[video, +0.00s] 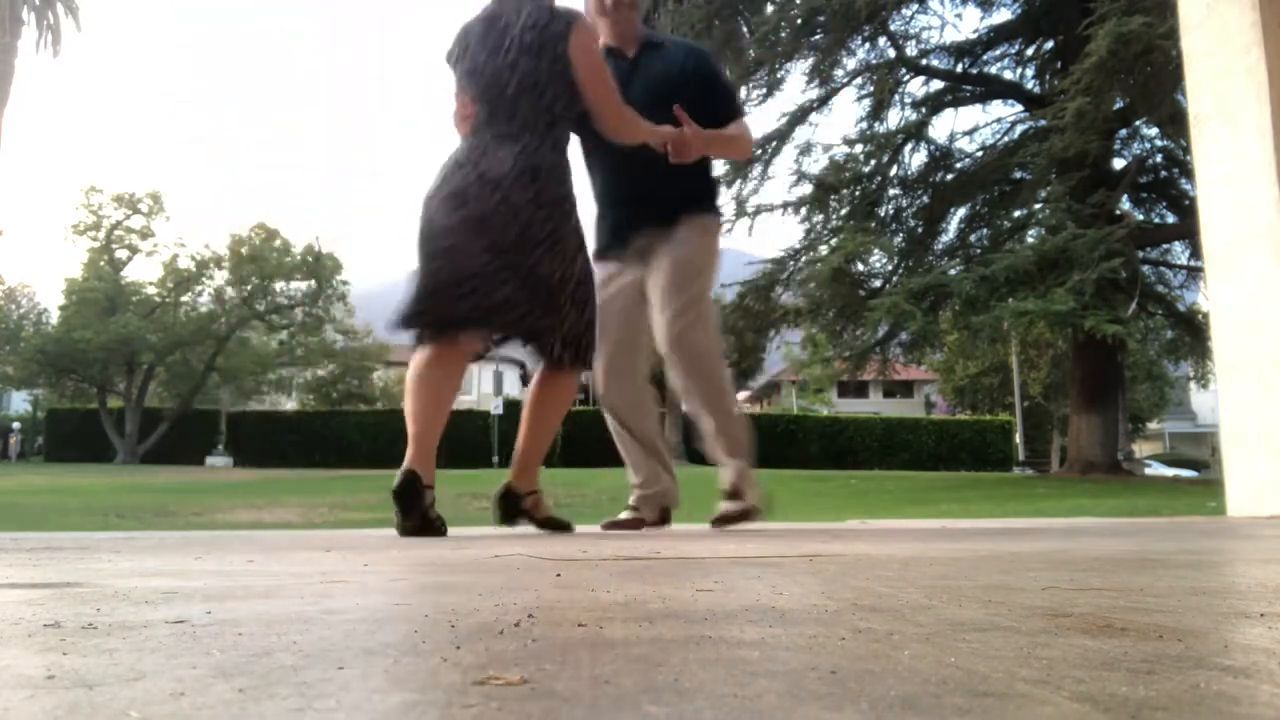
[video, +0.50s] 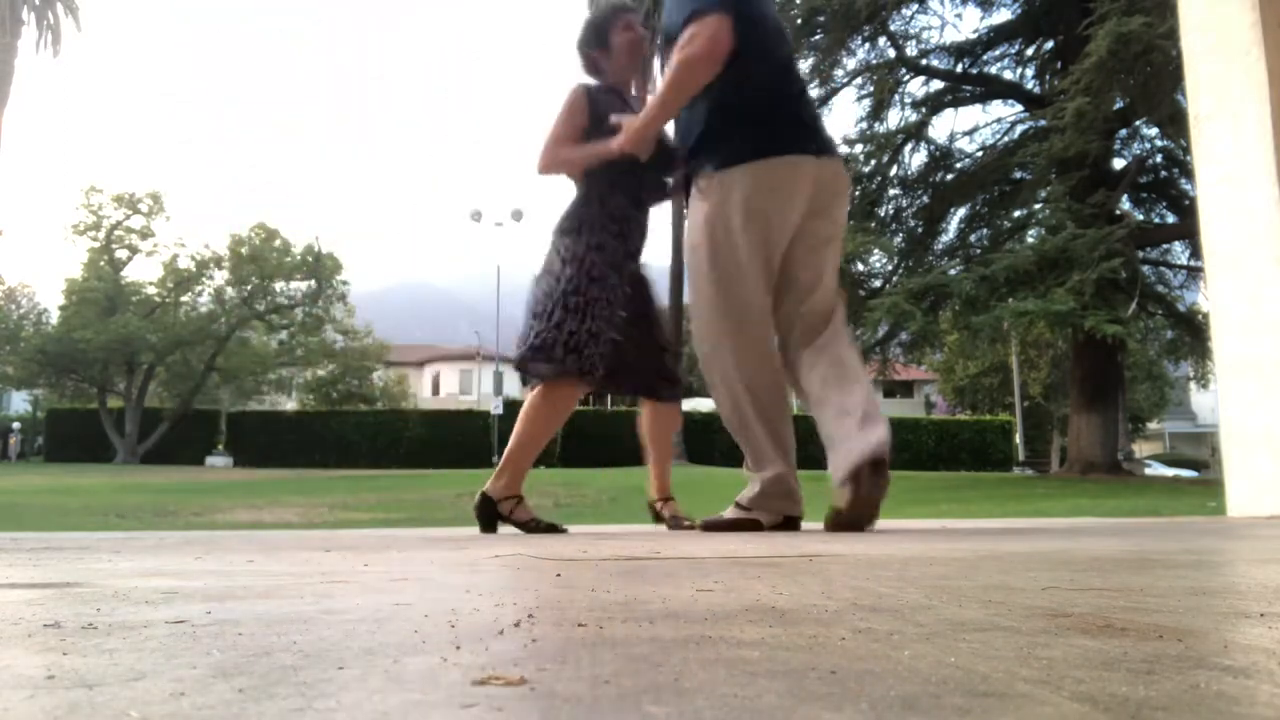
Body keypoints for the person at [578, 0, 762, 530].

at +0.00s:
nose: (608, 3)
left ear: (637, 4)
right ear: (586, 8)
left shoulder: (686, 61)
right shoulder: (578, 71)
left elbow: (741, 143)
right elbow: (535, 117)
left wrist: (705, 142)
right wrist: (477, 114)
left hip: (684, 227)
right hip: (616, 241)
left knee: (680, 336)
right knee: (615, 376)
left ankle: (739, 481)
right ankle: (652, 496)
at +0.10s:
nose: (619, 4)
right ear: (605, 9)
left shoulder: (704, 41)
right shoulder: (608, 81)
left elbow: (767, 119)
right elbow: (571, 141)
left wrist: (708, 134)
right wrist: (493, 140)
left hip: (719, 219)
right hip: (657, 237)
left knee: (707, 341)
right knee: (638, 366)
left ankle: (772, 497)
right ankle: (651, 504)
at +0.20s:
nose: (628, 4)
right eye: (625, 3)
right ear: (629, 9)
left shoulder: (714, 9)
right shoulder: (636, 62)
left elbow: (782, 67)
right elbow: (600, 143)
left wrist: (705, 97)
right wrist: (521, 148)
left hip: (745, 199)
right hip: (691, 217)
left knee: (726, 336)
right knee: (681, 352)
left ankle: (775, 498)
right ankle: (685, 495)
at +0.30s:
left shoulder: (708, 4)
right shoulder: (658, 47)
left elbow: (779, 38)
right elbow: (640, 137)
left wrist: (686, 85)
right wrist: (579, 161)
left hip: (755, 181)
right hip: (718, 195)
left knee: (742, 330)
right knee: (706, 337)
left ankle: (773, 495)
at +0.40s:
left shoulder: (694, 4)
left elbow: (751, 30)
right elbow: (716, 123)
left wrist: (667, 97)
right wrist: (649, 166)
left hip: (747, 174)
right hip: (793, 171)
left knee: (738, 334)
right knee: (769, 331)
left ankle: (773, 497)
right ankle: (859, 437)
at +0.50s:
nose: (650, 36)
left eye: (650, 27)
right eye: (649, 34)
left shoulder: (686, 2)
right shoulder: (758, 12)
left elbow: (709, 44)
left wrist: (644, 125)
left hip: (743, 167)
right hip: (818, 162)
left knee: (730, 332)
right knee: (815, 321)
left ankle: (771, 495)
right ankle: (861, 451)